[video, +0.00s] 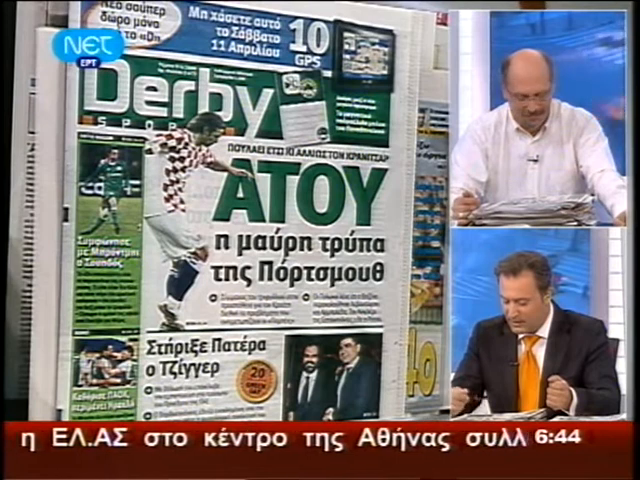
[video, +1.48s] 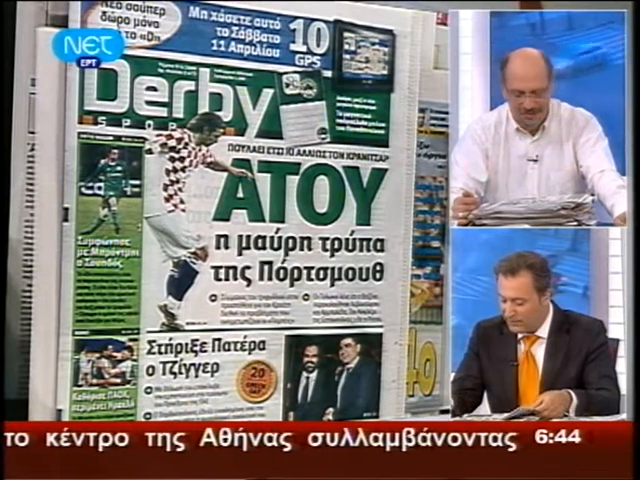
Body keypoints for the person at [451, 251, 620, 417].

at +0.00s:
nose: (511, 312)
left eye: (522, 303)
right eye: (506, 302)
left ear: (547, 296)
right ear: (500, 298)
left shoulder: (588, 333)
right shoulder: (486, 334)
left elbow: (610, 401)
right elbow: (465, 388)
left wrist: (574, 400)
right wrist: (457, 401)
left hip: (567, 450)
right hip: (504, 449)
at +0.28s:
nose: (511, 313)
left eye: (521, 303)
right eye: (505, 302)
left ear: (547, 296)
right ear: (499, 297)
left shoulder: (588, 333)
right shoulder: (486, 334)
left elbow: (610, 402)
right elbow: (464, 396)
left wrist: (574, 400)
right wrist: (452, 403)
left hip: (568, 450)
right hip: (503, 449)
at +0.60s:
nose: (510, 313)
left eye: (521, 303)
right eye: (505, 302)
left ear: (547, 297)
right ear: (500, 297)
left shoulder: (588, 333)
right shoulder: (487, 335)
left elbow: (610, 401)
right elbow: (460, 400)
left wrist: (569, 399)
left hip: (570, 452)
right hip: (505, 450)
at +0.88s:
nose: (510, 312)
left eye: (521, 303)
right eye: (505, 301)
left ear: (547, 297)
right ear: (500, 296)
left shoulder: (588, 333)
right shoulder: (487, 335)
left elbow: (610, 401)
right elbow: (461, 400)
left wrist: (569, 400)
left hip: (569, 451)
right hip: (505, 450)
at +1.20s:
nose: (509, 312)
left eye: (520, 302)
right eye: (505, 300)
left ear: (546, 297)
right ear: (499, 295)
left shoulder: (588, 333)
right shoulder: (486, 334)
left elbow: (610, 401)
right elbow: (461, 401)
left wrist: (570, 400)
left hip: (569, 451)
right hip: (505, 450)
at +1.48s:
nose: (508, 312)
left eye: (519, 303)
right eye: (503, 301)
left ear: (546, 297)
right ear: (498, 296)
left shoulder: (588, 333)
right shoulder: (486, 334)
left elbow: (610, 401)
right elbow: (462, 401)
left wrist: (570, 400)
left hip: (569, 451)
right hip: (505, 450)